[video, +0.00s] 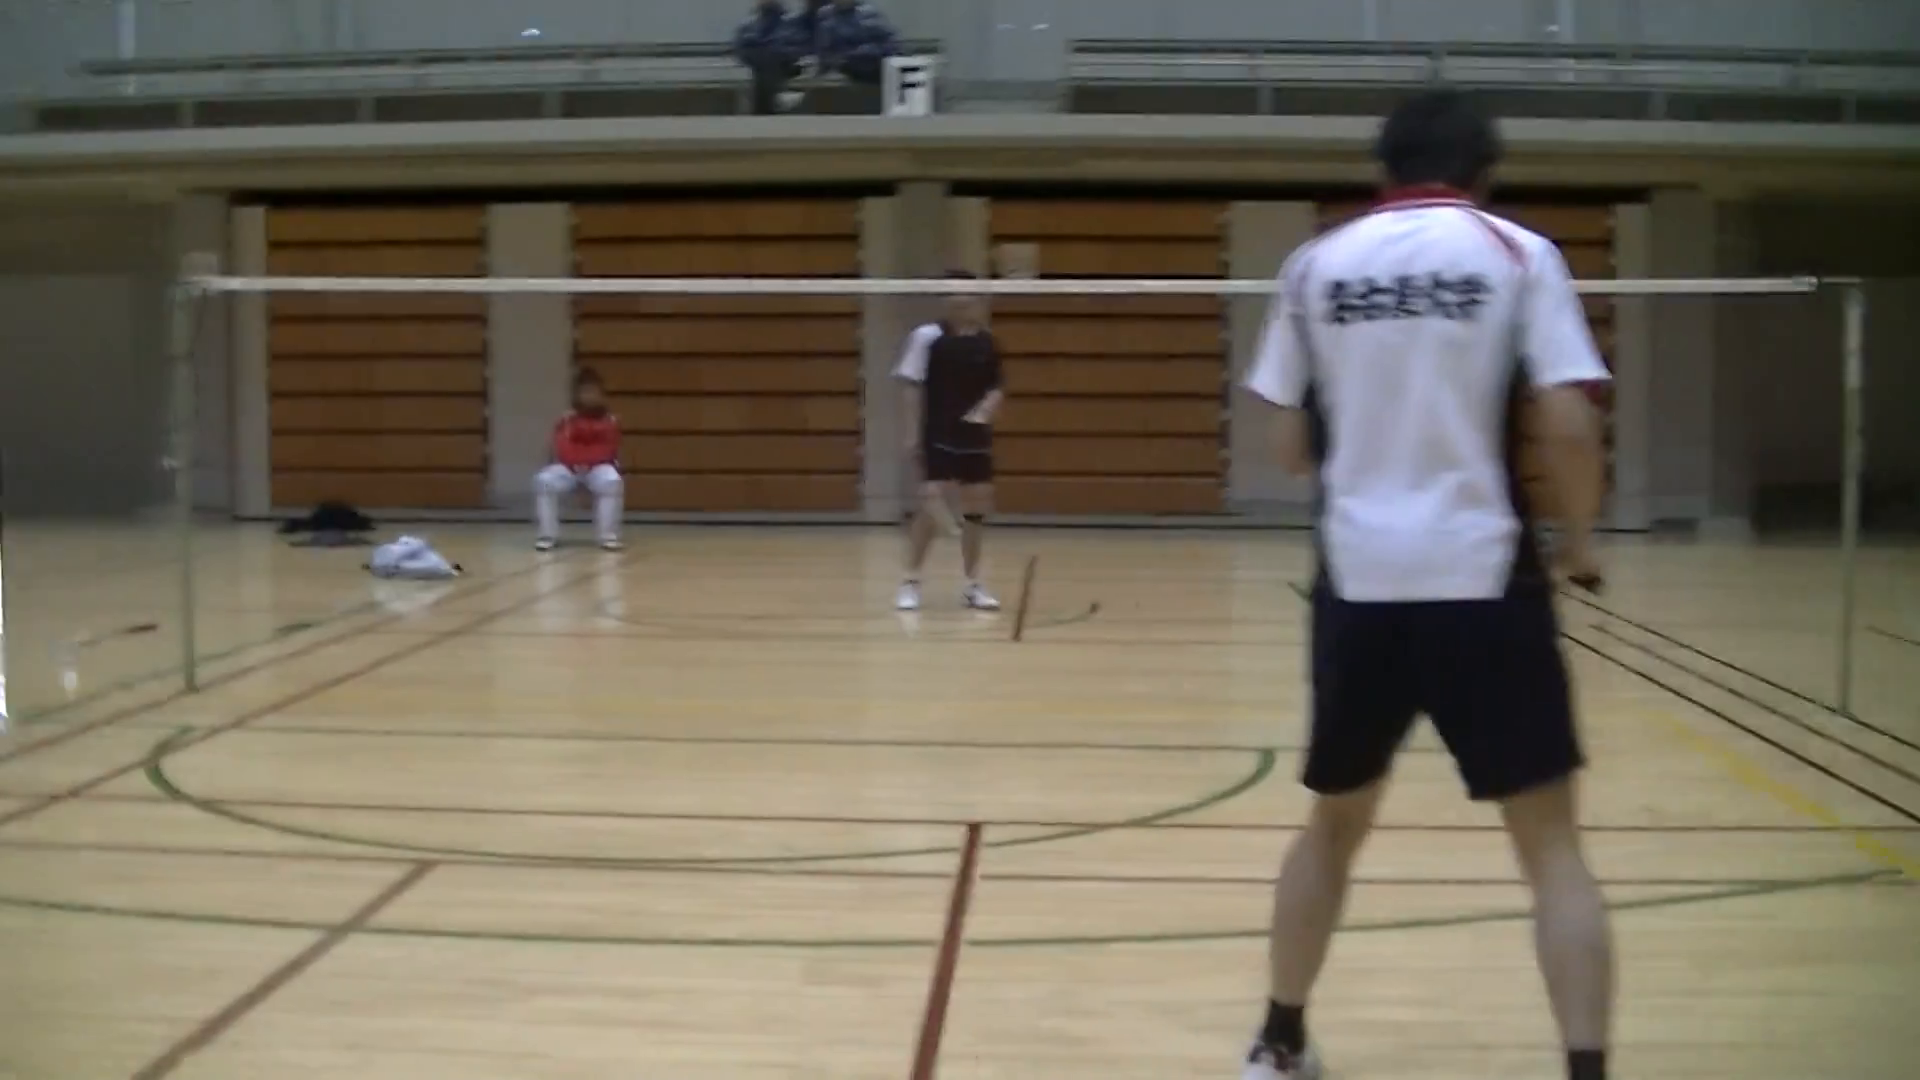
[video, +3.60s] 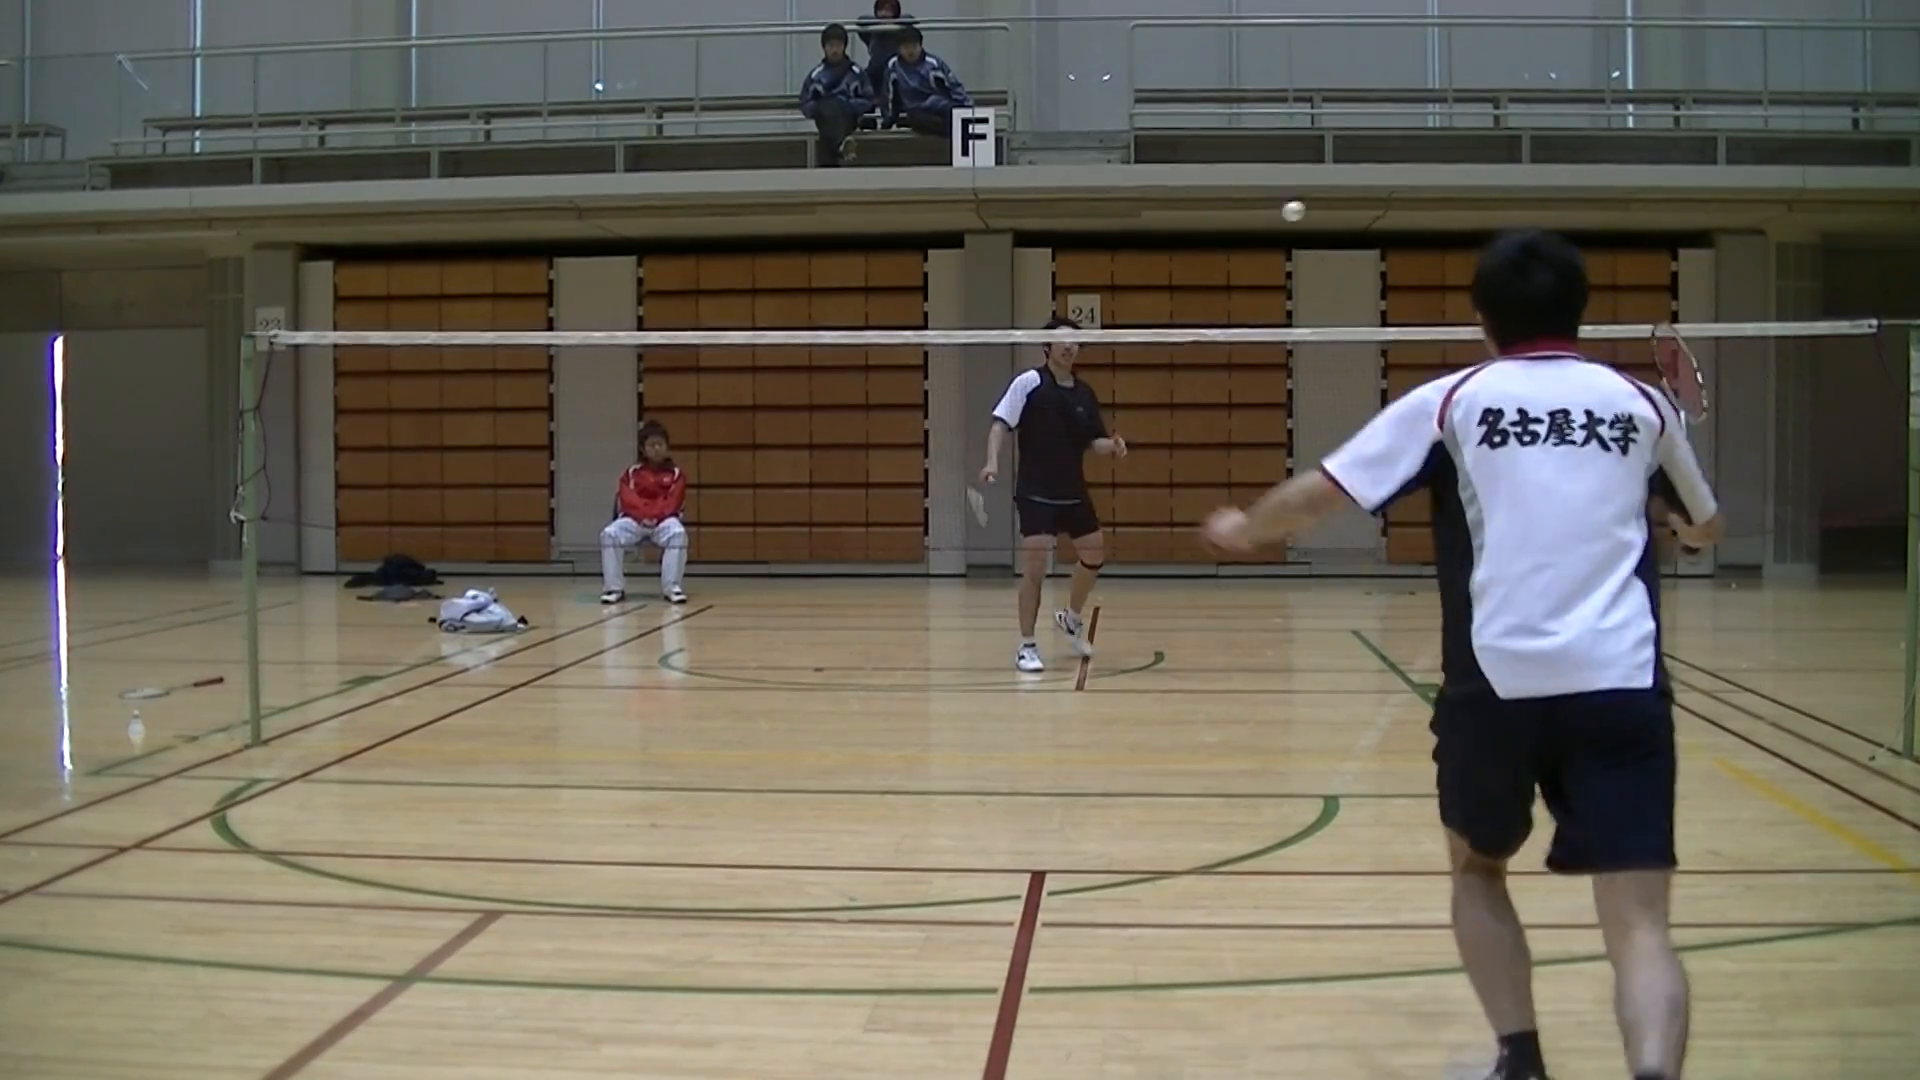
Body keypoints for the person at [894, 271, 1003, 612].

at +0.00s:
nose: (965, 307)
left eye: (971, 300)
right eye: (958, 300)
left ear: (980, 303)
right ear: (945, 303)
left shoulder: (984, 341)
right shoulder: (927, 337)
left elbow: (996, 386)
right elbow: (910, 388)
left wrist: (985, 409)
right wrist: (911, 436)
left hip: (974, 436)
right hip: (937, 435)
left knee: (976, 511)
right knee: (931, 507)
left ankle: (973, 583)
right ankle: (911, 581)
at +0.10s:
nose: (1029, 307)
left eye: (1032, 301)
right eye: (1022, 301)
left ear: (1039, 304)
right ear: (1008, 304)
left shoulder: (1044, 345)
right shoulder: (988, 337)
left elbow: (1054, 390)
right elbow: (970, 385)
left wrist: (1051, 425)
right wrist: (971, 433)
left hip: (1030, 439)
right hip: (994, 437)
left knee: (1028, 515)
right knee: (993, 510)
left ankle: (1022, 586)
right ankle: (968, 579)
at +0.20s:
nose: (1058, 306)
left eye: (1063, 301)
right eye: (1052, 300)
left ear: (1069, 308)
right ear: (1039, 304)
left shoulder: (1071, 352)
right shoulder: (1017, 340)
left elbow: (1083, 401)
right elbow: (999, 388)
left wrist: (1091, 443)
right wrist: (999, 434)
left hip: (1056, 445)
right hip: (1021, 442)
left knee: (1051, 520)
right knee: (1019, 514)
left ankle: (1045, 592)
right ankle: (1003, 588)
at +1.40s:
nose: (1036, 353)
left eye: (1041, 348)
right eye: (1030, 347)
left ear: (1049, 350)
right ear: (1019, 349)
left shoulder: (1058, 390)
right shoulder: (1000, 385)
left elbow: (1064, 439)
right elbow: (984, 438)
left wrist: (1068, 472)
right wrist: (987, 487)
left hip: (1048, 489)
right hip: (1009, 489)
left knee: (1065, 553)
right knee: (1006, 563)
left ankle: (1048, 631)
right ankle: (1002, 641)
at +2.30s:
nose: (1068, 361)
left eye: (1073, 356)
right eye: (1062, 354)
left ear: (1079, 361)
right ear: (1048, 356)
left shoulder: (1081, 398)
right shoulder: (1025, 387)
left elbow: (1101, 436)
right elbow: (997, 431)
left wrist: (1116, 442)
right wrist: (985, 474)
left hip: (1066, 495)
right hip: (1032, 492)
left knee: (1053, 568)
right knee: (1028, 565)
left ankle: (1041, 637)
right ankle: (1024, 642)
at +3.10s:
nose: (1060, 352)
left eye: (1066, 347)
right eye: (1054, 345)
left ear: (1070, 353)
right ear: (1039, 348)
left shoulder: (1073, 394)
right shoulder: (1015, 379)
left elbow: (1099, 418)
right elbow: (967, 392)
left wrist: (1105, 425)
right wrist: (977, 418)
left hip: (1062, 491)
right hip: (1024, 489)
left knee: (1074, 562)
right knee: (1028, 566)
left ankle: (1059, 622)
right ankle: (1026, 646)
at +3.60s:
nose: (1068, 353)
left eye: (1073, 347)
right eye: (1061, 347)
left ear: (1079, 350)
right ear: (1047, 348)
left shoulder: (1083, 392)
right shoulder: (1028, 382)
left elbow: (1094, 442)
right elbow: (1000, 424)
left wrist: (1111, 445)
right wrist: (992, 462)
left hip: (1072, 488)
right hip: (1036, 488)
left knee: (1094, 554)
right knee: (1035, 565)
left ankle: (1072, 617)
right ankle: (1027, 646)